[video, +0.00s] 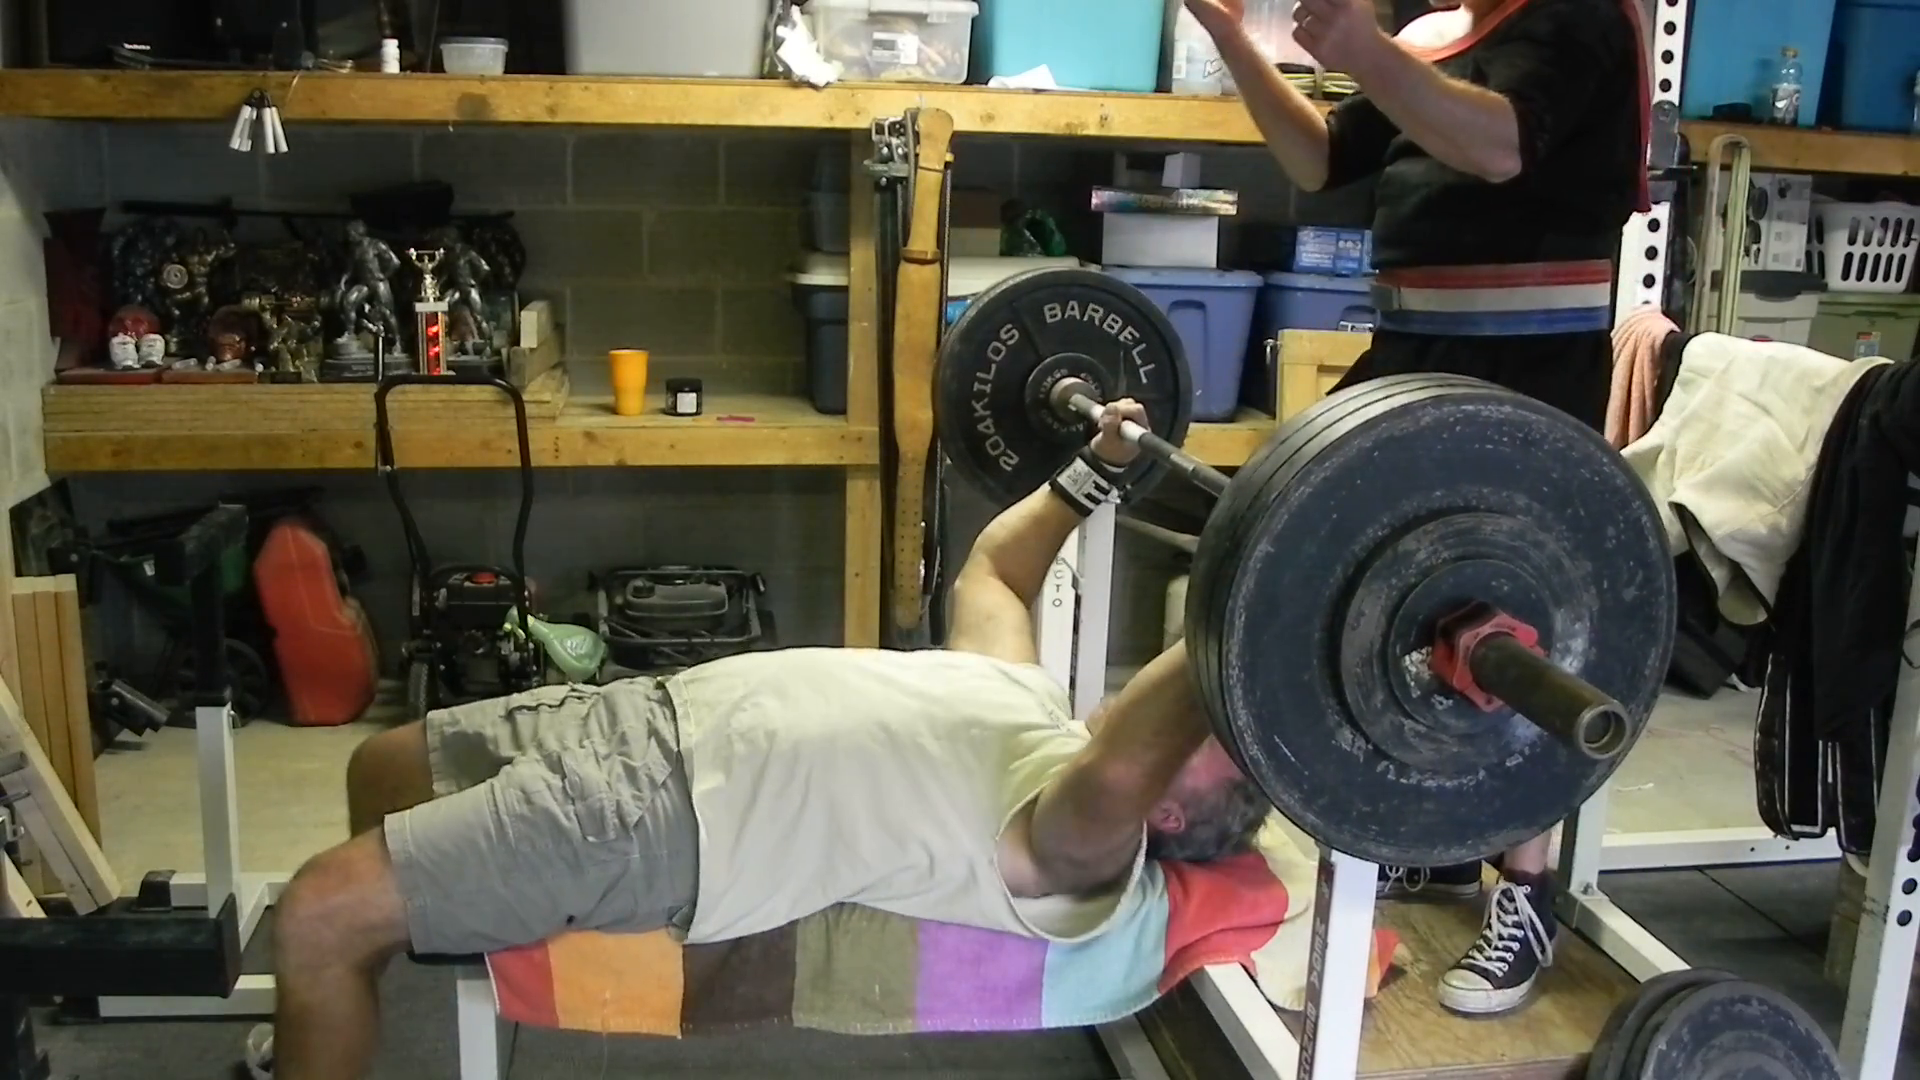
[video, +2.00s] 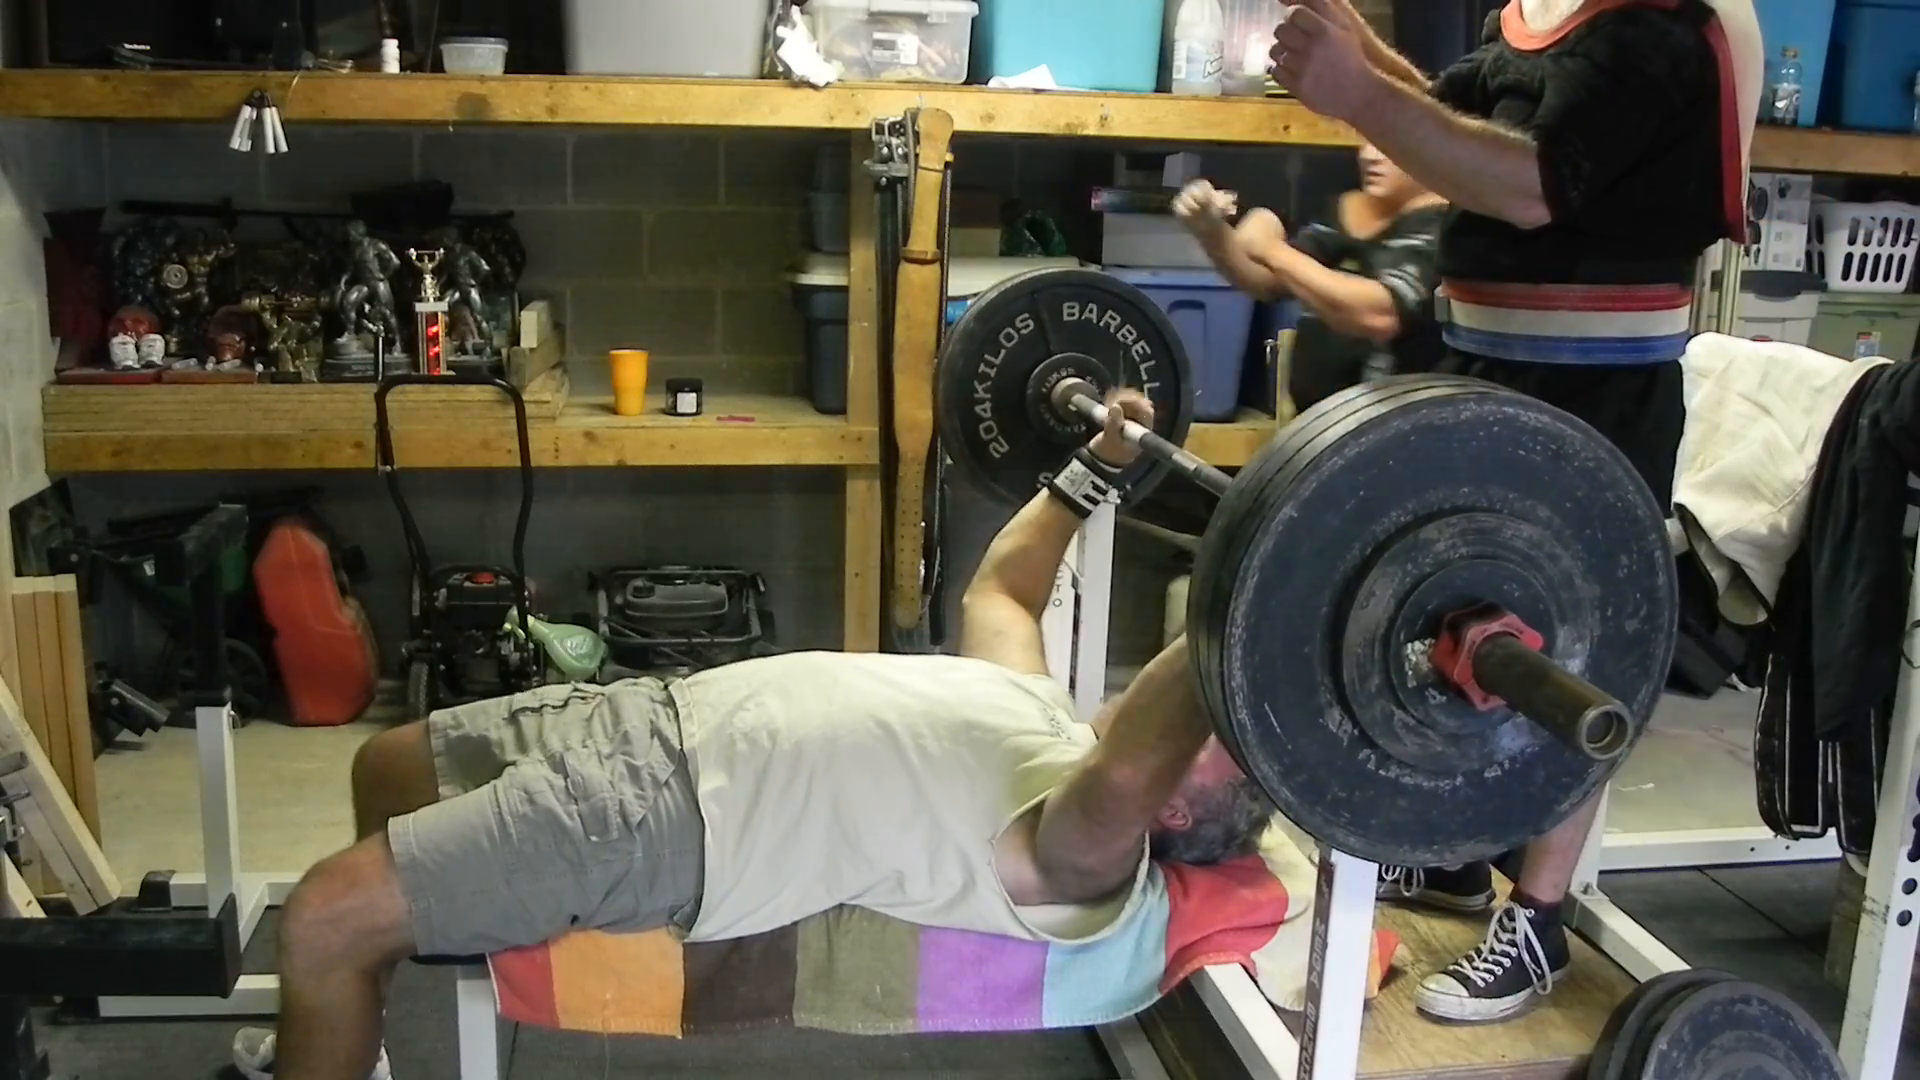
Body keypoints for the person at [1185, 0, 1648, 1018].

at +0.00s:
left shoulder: (1583, 16)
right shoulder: (1436, 42)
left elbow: (1500, 141)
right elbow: (1324, 161)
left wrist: (1356, 42)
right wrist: (1231, 36)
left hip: (1537, 370)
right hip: (1410, 359)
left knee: (1518, 629)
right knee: (1384, 606)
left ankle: (1526, 888)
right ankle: (1421, 833)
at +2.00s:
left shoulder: (1660, 30)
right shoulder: (1536, 18)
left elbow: (1530, 183)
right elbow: (1441, 113)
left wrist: (1361, 91)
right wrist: (1353, 51)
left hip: (1602, 384)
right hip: (1487, 367)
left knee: (1576, 651)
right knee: (1453, 614)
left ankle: (1535, 917)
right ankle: (1452, 847)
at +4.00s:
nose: (1138, 13)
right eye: (1133, 3)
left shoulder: (1343, 26)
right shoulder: (1192, 64)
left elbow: (1367, 198)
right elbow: (1181, 221)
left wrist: (1307, 355)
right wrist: (1146, 376)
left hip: (1425, 332)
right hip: (1299, 339)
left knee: (1343, 605)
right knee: (1263, 590)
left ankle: (1266, 874)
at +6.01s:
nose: (1062, 50)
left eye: (1063, 29)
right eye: (1049, 38)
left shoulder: (1275, 43)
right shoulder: (1142, 62)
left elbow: (1319, 247)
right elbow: (1136, 222)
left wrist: (1285, 452)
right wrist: (1133, 390)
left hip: (1404, 326)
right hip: (1288, 334)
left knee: (1316, 592)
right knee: (1231, 569)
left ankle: (1258, 890)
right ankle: (1200, 817)